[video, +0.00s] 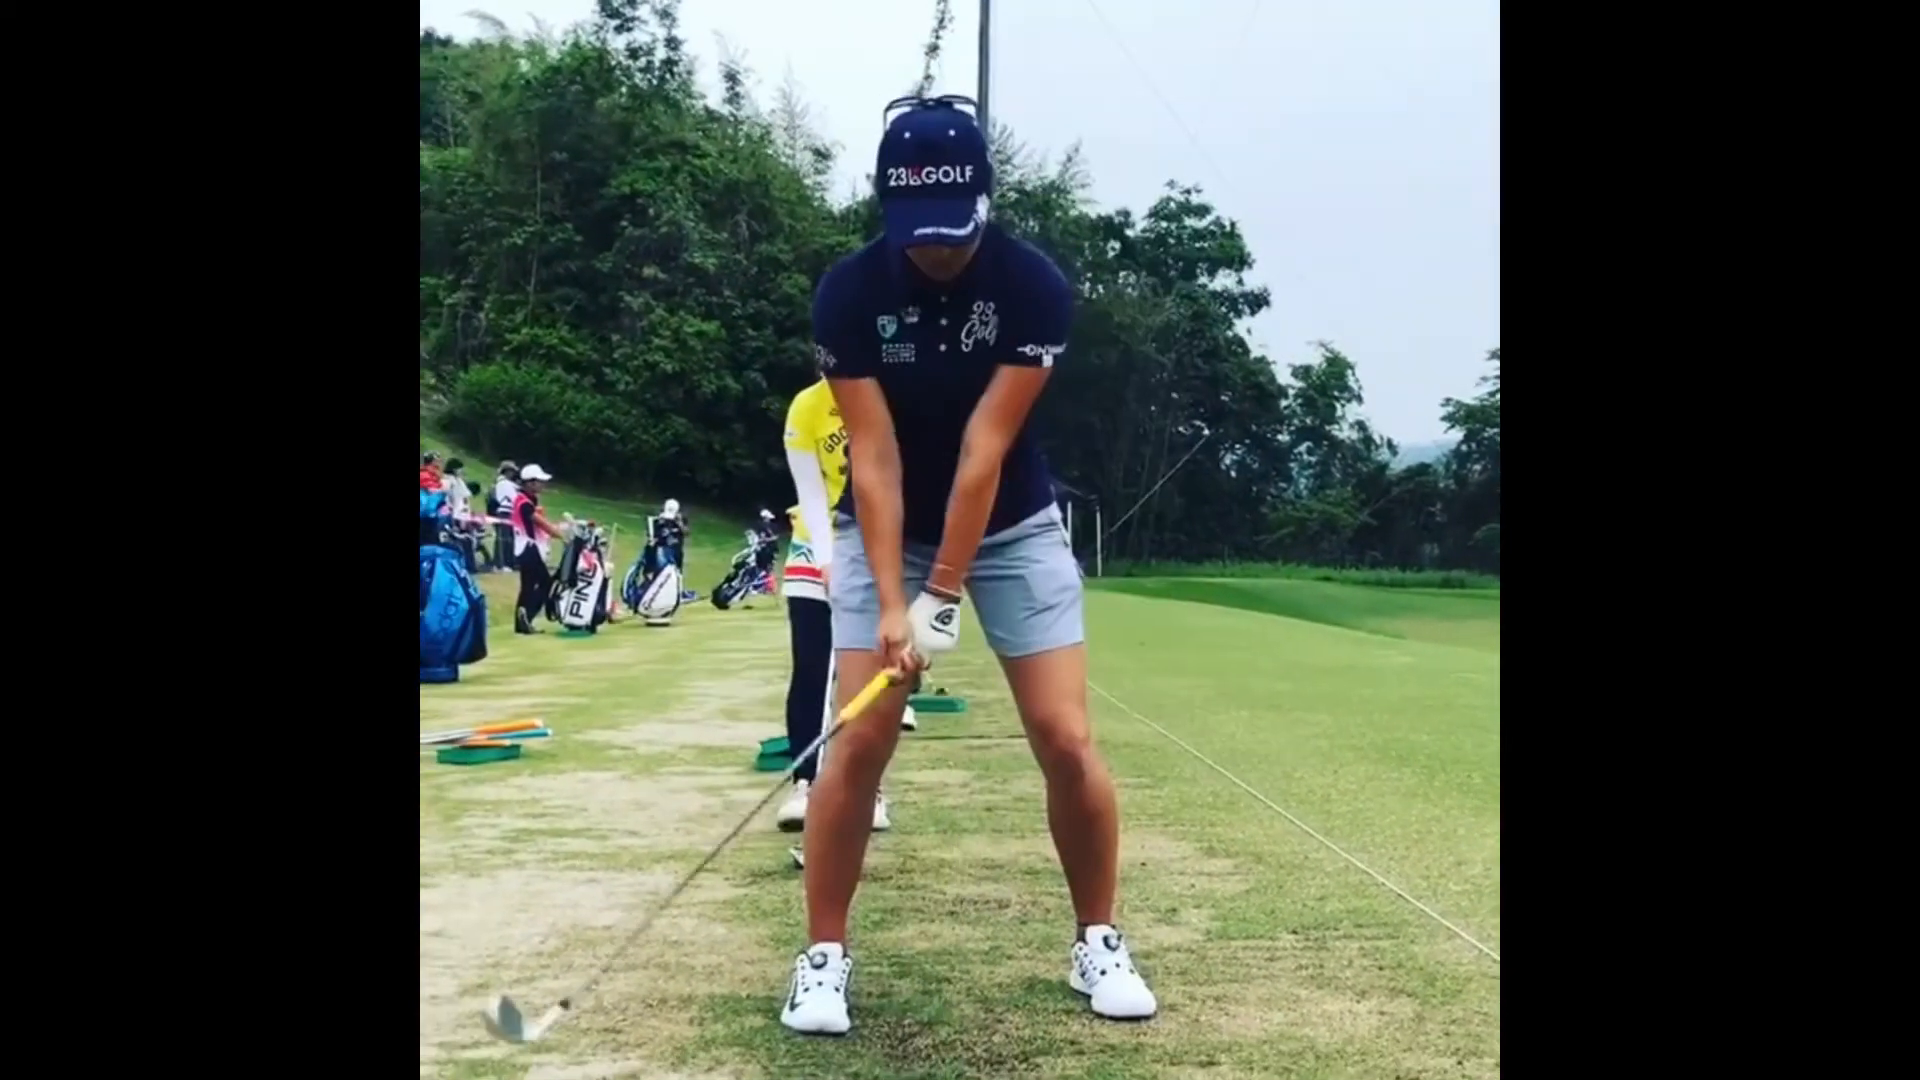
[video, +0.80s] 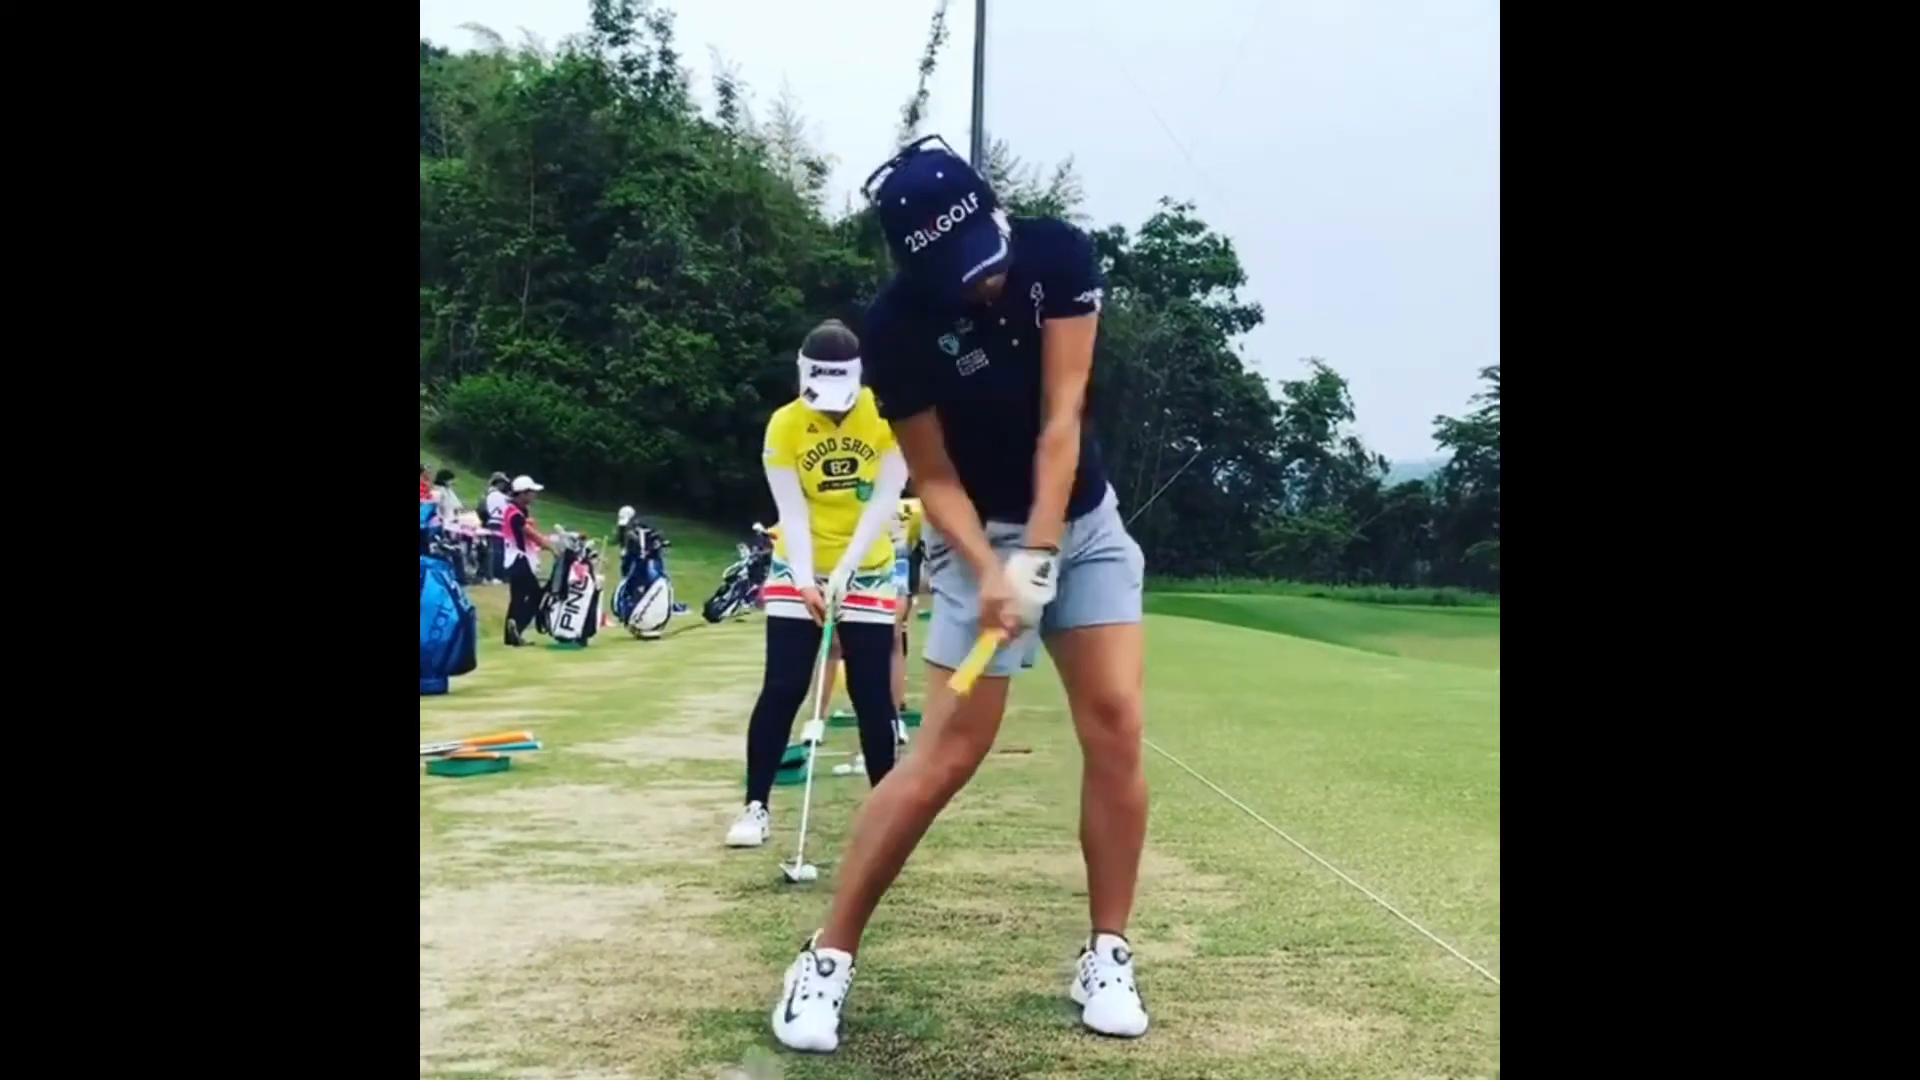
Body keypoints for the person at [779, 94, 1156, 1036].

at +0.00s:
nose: (939, 243)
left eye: (956, 223)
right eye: (921, 225)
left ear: (984, 199)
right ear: (890, 203)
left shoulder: (1035, 289)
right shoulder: (847, 294)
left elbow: (984, 453)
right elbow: (872, 453)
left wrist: (944, 591)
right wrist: (889, 596)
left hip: (1014, 529)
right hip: (889, 533)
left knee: (1066, 740)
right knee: (856, 746)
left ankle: (1100, 941)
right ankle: (824, 954)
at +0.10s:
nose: (940, 250)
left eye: (958, 231)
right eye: (923, 232)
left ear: (988, 206)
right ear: (892, 207)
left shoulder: (1021, 307)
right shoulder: (849, 283)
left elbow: (926, 471)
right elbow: (834, 437)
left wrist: (844, 593)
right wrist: (800, 571)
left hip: (1015, 537)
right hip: (893, 540)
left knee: (1068, 746)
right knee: (862, 738)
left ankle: (1102, 944)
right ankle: (826, 956)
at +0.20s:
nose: (945, 253)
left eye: (962, 234)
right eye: (928, 234)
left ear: (991, 213)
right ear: (899, 209)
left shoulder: (1003, 321)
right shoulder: (866, 265)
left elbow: (847, 440)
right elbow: (800, 390)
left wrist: (736, 527)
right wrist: (706, 497)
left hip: (1017, 540)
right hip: (893, 540)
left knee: (1068, 754)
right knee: (864, 740)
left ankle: (1103, 946)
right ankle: (828, 958)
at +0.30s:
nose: (938, 255)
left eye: (958, 237)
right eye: (921, 235)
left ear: (993, 217)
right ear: (896, 210)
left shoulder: (986, 322)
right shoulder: (889, 254)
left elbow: (803, 370)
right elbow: (800, 340)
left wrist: (662, 388)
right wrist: (670, 358)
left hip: (1018, 544)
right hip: (898, 542)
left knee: (1065, 760)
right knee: (867, 735)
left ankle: (1103, 946)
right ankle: (828, 958)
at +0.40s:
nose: (931, 253)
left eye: (953, 235)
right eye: (916, 232)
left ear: (990, 219)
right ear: (893, 211)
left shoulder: (978, 314)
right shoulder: (895, 264)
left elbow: (810, 316)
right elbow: (812, 305)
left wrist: (692, 257)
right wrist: (709, 250)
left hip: (1016, 550)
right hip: (895, 543)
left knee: (1062, 769)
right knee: (870, 736)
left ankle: (1103, 949)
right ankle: (829, 960)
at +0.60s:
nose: (939, 259)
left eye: (958, 239)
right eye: (921, 241)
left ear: (999, 216)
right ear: (896, 222)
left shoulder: (992, 313)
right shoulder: (909, 284)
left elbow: (828, 255)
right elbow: (848, 306)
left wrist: (774, 177)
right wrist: (811, 191)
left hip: (1025, 555)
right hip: (908, 548)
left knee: (1062, 775)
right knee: (870, 745)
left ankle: (1099, 952)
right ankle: (825, 961)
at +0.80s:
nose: (984, 277)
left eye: (987, 254)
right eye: (961, 270)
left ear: (995, 216)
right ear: (914, 261)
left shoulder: (1057, 254)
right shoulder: (894, 327)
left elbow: (1063, 415)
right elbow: (931, 474)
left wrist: (1042, 550)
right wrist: (988, 567)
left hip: (1084, 526)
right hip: (974, 542)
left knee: (1117, 724)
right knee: (949, 750)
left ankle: (1108, 953)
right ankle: (829, 958)